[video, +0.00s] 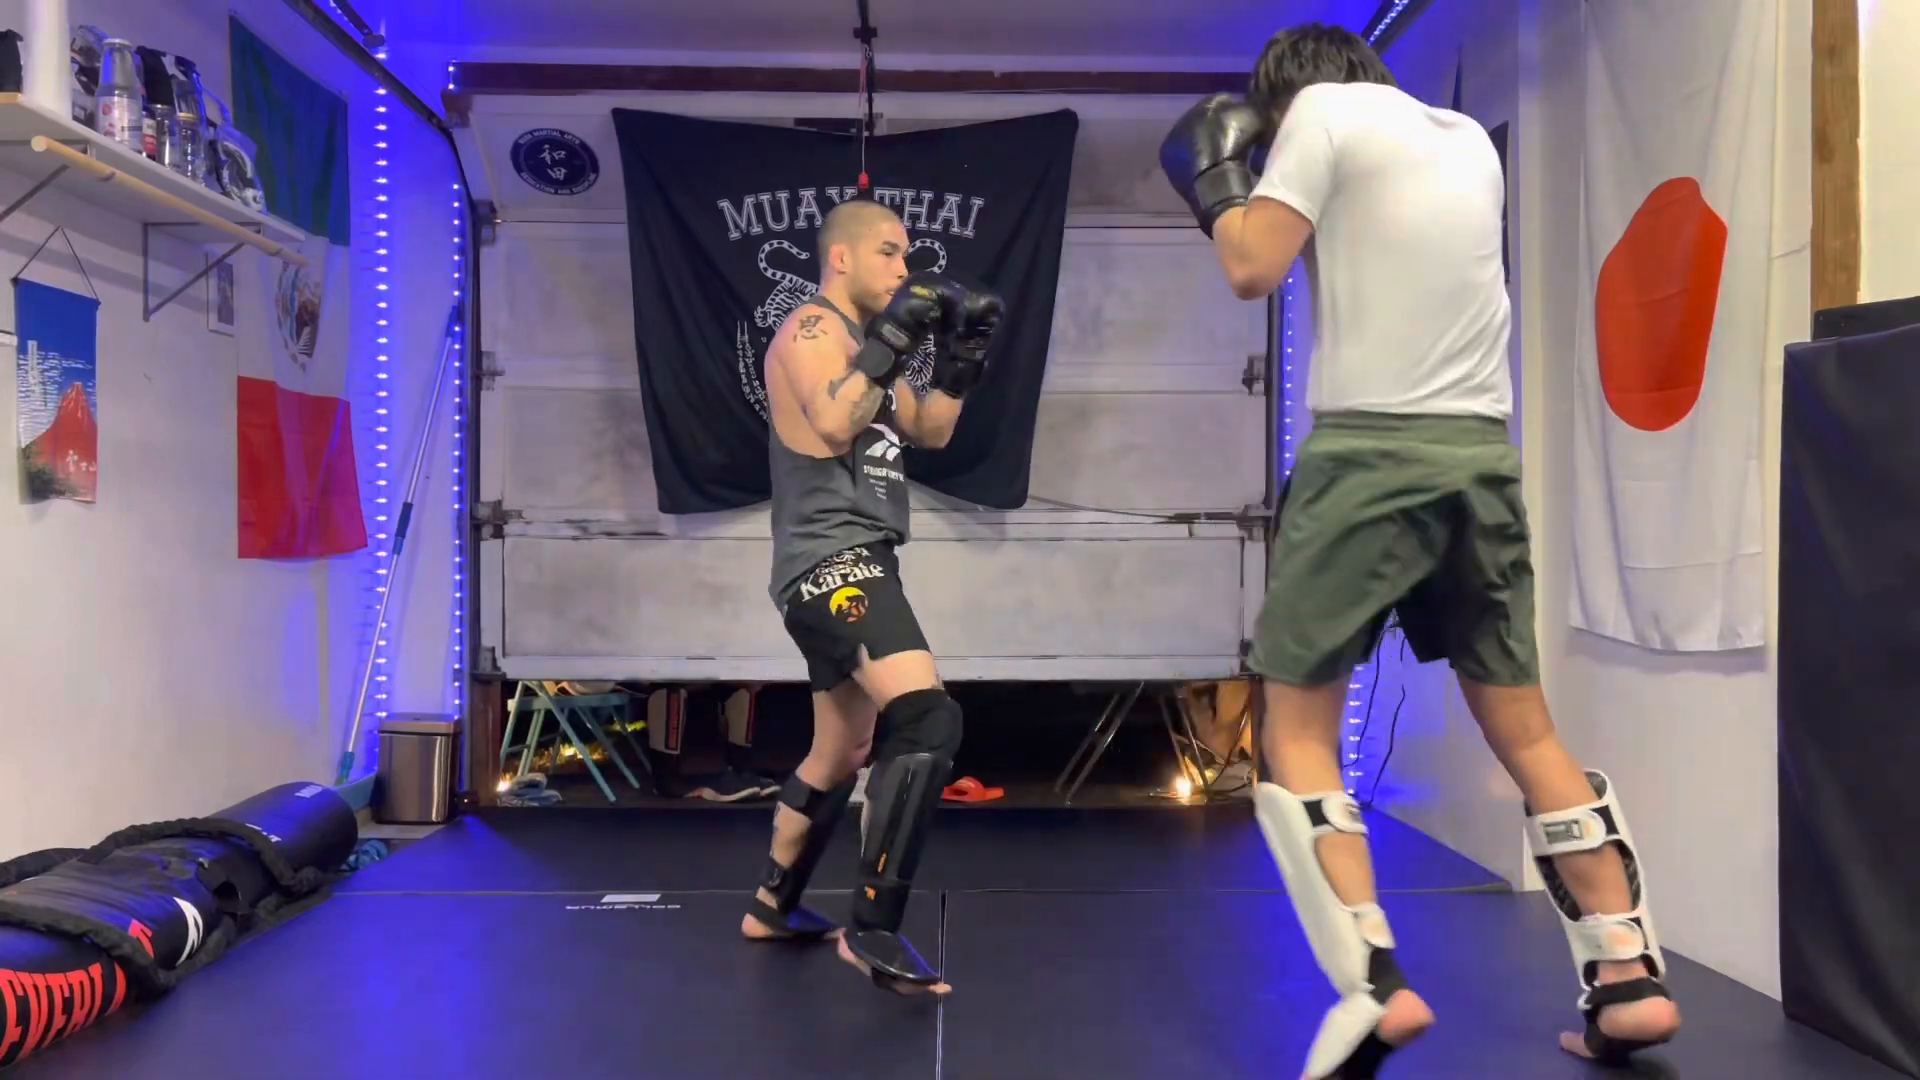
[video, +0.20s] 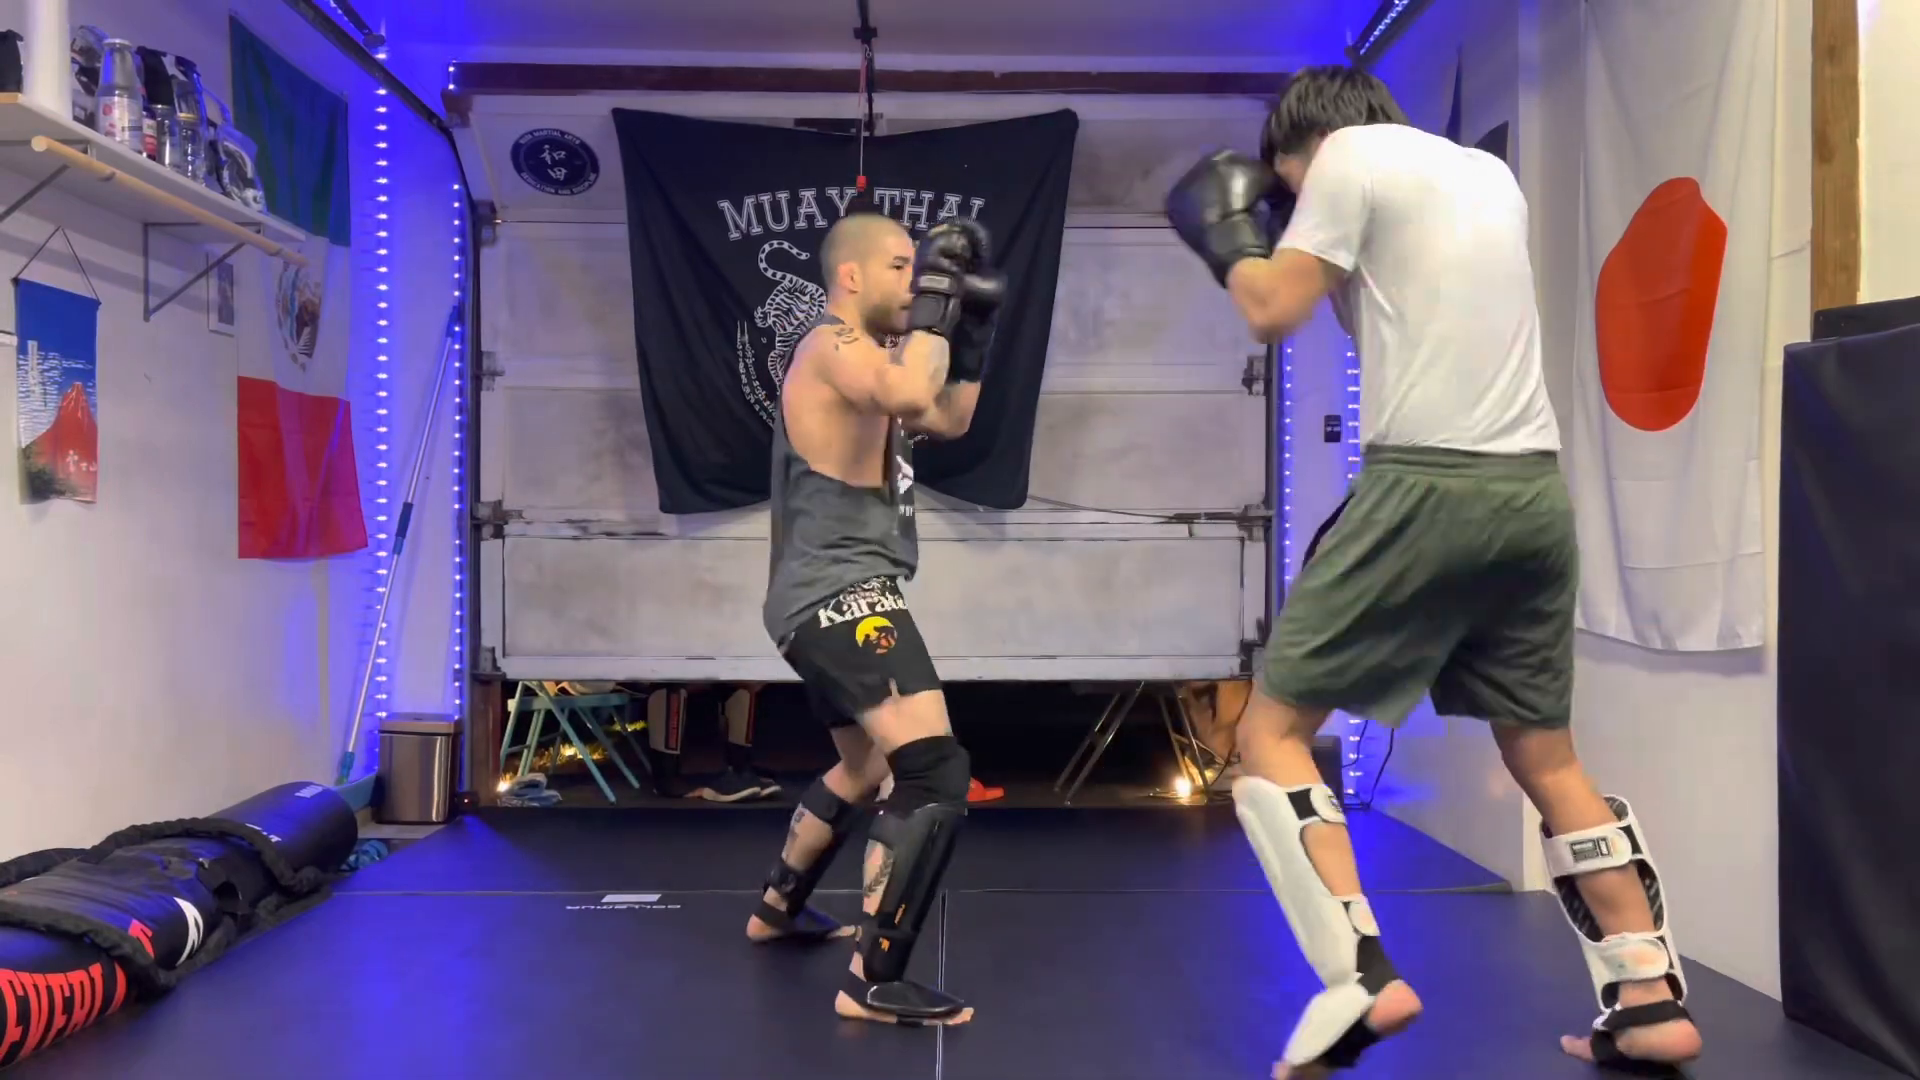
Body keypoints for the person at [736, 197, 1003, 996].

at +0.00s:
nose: (903, 269)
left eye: (905, 256)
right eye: (889, 253)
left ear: (872, 263)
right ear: (839, 257)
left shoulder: (869, 342)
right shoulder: (808, 329)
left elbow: (929, 431)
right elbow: (832, 425)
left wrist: (959, 363)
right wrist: (894, 344)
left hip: (851, 559)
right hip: (833, 560)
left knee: (839, 748)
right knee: (924, 722)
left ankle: (775, 903)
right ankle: (875, 928)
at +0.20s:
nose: (911, 282)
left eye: (912, 269)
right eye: (897, 267)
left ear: (871, 281)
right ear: (848, 274)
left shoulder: (867, 353)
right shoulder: (831, 344)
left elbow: (951, 417)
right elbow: (910, 396)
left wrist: (971, 331)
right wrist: (936, 301)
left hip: (830, 592)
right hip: (841, 590)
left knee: (863, 768)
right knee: (936, 775)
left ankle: (780, 903)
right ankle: (875, 981)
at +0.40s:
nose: (918, 265)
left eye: (917, 251)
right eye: (904, 249)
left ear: (869, 259)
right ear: (854, 255)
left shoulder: (872, 342)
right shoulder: (815, 335)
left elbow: (923, 442)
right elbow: (825, 452)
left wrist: (956, 359)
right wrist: (893, 382)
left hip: (829, 570)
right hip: (826, 569)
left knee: (838, 753)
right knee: (906, 757)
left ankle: (770, 891)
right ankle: (874, 978)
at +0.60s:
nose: (886, 315)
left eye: (884, 301)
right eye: (872, 301)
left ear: (837, 310)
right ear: (826, 307)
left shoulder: (843, 390)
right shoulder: (776, 374)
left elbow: (922, 448)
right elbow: (746, 473)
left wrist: (946, 361)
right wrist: (824, 415)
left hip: (828, 612)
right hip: (797, 617)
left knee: (830, 777)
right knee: (917, 773)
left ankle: (736, 899)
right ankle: (874, 978)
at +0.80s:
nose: (852, 271)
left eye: (852, 259)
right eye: (838, 258)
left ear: (822, 271)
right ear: (786, 268)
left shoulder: (816, 351)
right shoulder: (748, 337)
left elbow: (859, 448)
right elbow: (731, 447)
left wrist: (913, 386)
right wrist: (798, 357)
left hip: (788, 572)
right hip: (751, 571)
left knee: (793, 745)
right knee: (817, 751)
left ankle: (739, 881)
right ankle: (802, 958)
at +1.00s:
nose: (814, 275)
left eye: (816, 263)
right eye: (800, 261)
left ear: (803, 274)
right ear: (749, 269)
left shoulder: (782, 352)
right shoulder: (715, 343)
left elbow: (847, 435)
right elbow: (705, 440)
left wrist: (887, 363)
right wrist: (775, 352)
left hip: (741, 576)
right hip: (710, 576)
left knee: (754, 751)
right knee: (795, 747)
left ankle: (696, 881)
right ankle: (706, 943)